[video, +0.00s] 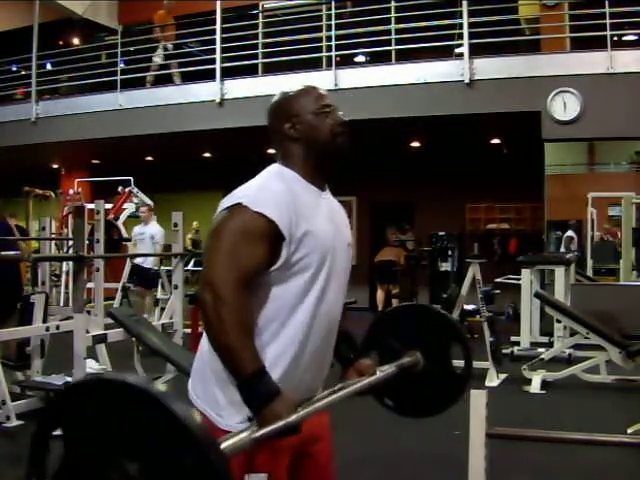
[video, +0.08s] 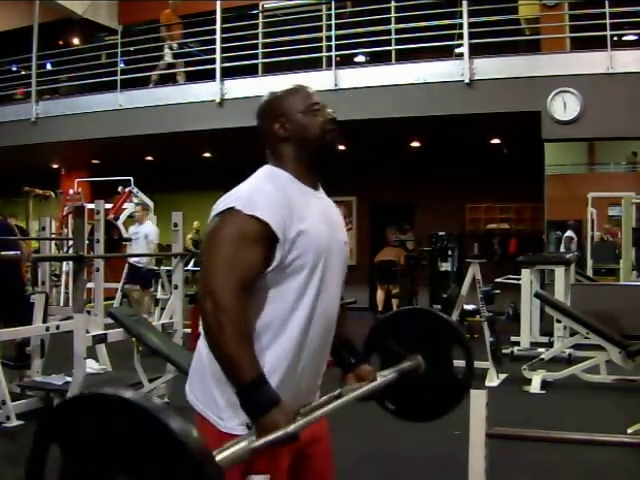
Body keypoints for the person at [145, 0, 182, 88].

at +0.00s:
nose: (170, 6)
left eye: (172, 3)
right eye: (169, 3)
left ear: (173, 4)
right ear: (164, 3)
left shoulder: (170, 16)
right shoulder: (160, 15)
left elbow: (170, 29)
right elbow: (157, 32)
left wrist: (172, 38)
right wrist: (163, 41)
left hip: (171, 42)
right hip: (164, 43)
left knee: (174, 64)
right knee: (155, 64)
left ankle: (178, 83)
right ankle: (148, 84)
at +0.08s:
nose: (177, 5)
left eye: (177, 3)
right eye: (175, 2)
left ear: (178, 4)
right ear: (171, 3)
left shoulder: (176, 16)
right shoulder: (166, 14)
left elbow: (177, 30)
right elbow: (163, 30)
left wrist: (180, 41)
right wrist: (169, 42)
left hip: (177, 42)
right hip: (170, 43)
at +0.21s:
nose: (186, 4)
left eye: (186, 2)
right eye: (184, 2)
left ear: (187, 3)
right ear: (180, 2)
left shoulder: (186, 13)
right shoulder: (174, 12)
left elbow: (187, 29)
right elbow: (171, 28)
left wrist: (190, 41)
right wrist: (175, 41)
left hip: (187, 42)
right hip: (179, 42)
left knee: (187, 64)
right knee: (179, 62)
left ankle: (184, 84)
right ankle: (163, 82)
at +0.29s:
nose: (191, 4)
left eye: (191, 2)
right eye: (189, 2)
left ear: (192, 3)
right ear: (185, 2)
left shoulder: (192, 12)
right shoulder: (180, 11)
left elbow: (193, 27)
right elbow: (176, 27)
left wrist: (197, 37)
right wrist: (180, 40)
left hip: (194, 40)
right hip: (186, 41)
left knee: (191, 62)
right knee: (188, 61)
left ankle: (185, 80)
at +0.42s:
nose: (198, 4)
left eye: (199, 2)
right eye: (197, 2)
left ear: (200, 3)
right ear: (193, 2)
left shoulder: (199, 11)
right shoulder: (187, 11)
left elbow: (201, 26)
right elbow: (183, 25)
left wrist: (207, 36)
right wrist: (187, 38)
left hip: (201, 40)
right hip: (192, 40)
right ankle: (199, 81)